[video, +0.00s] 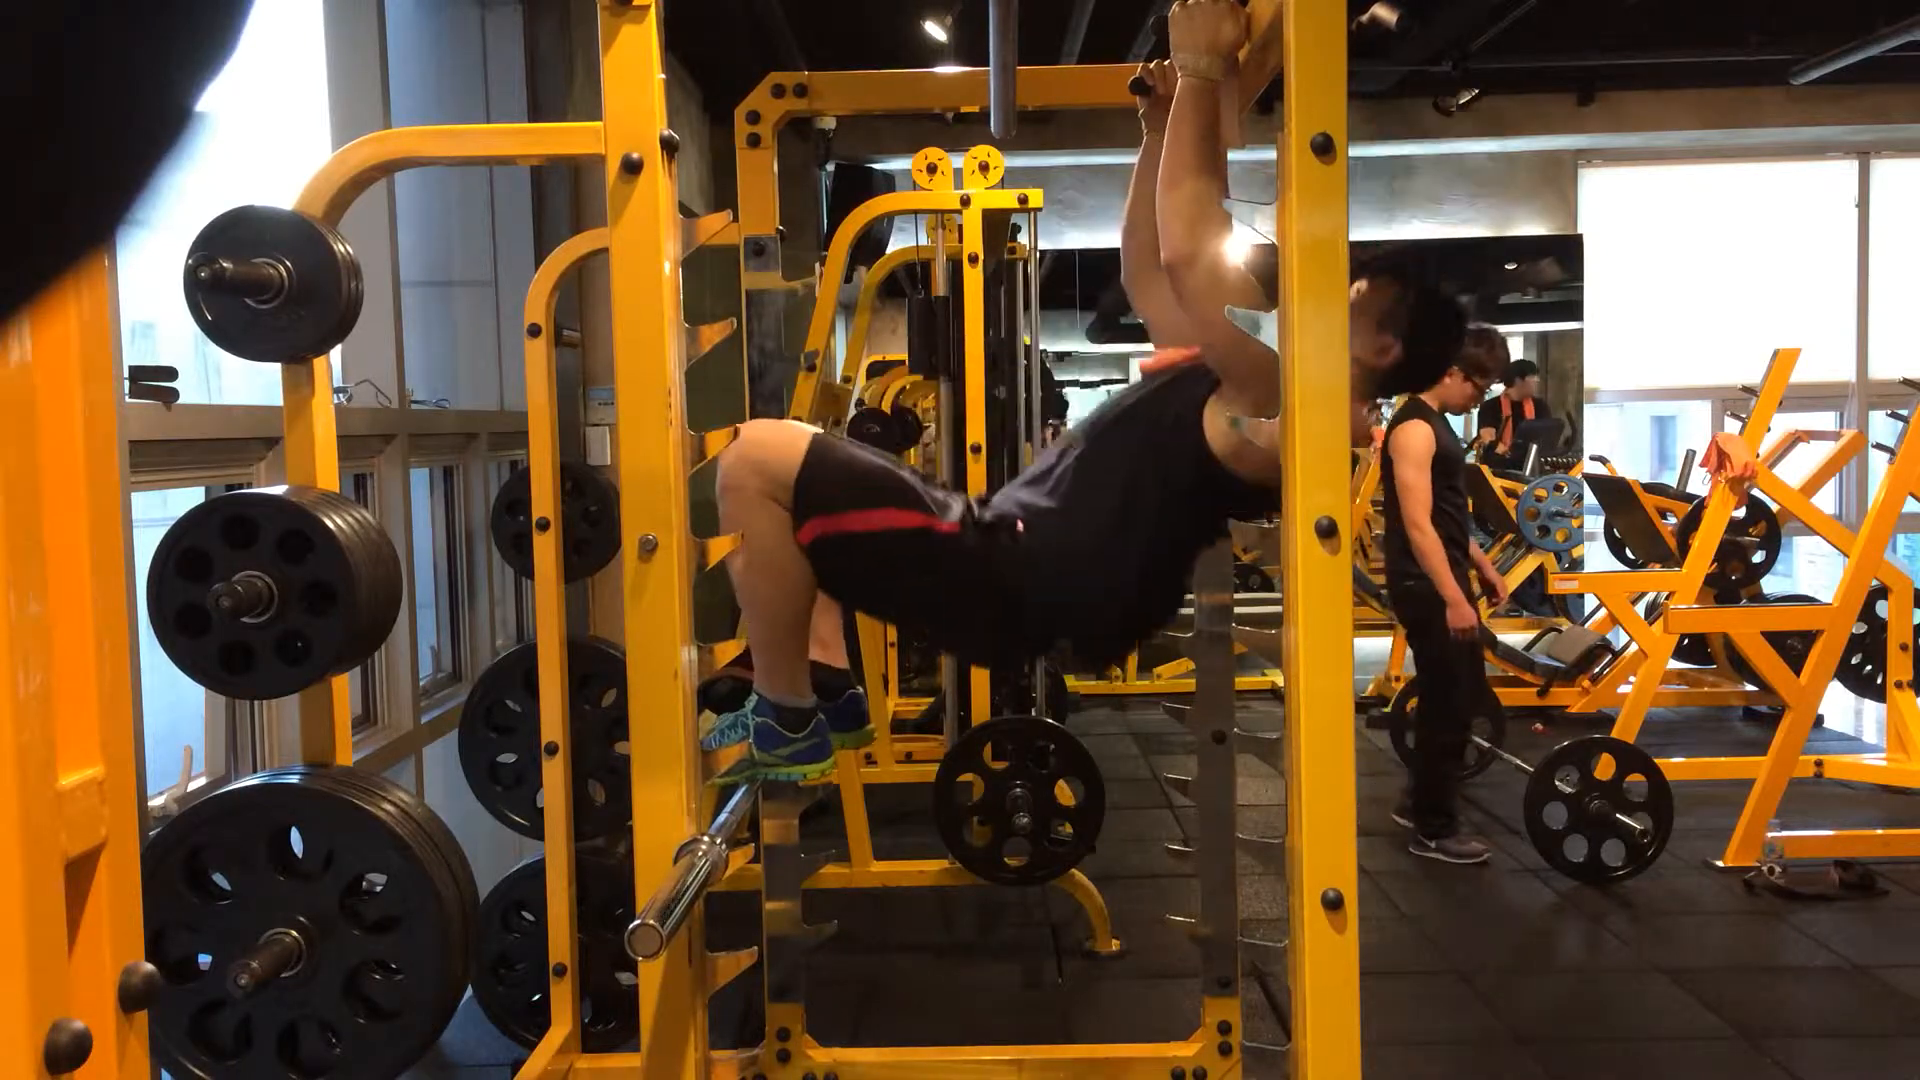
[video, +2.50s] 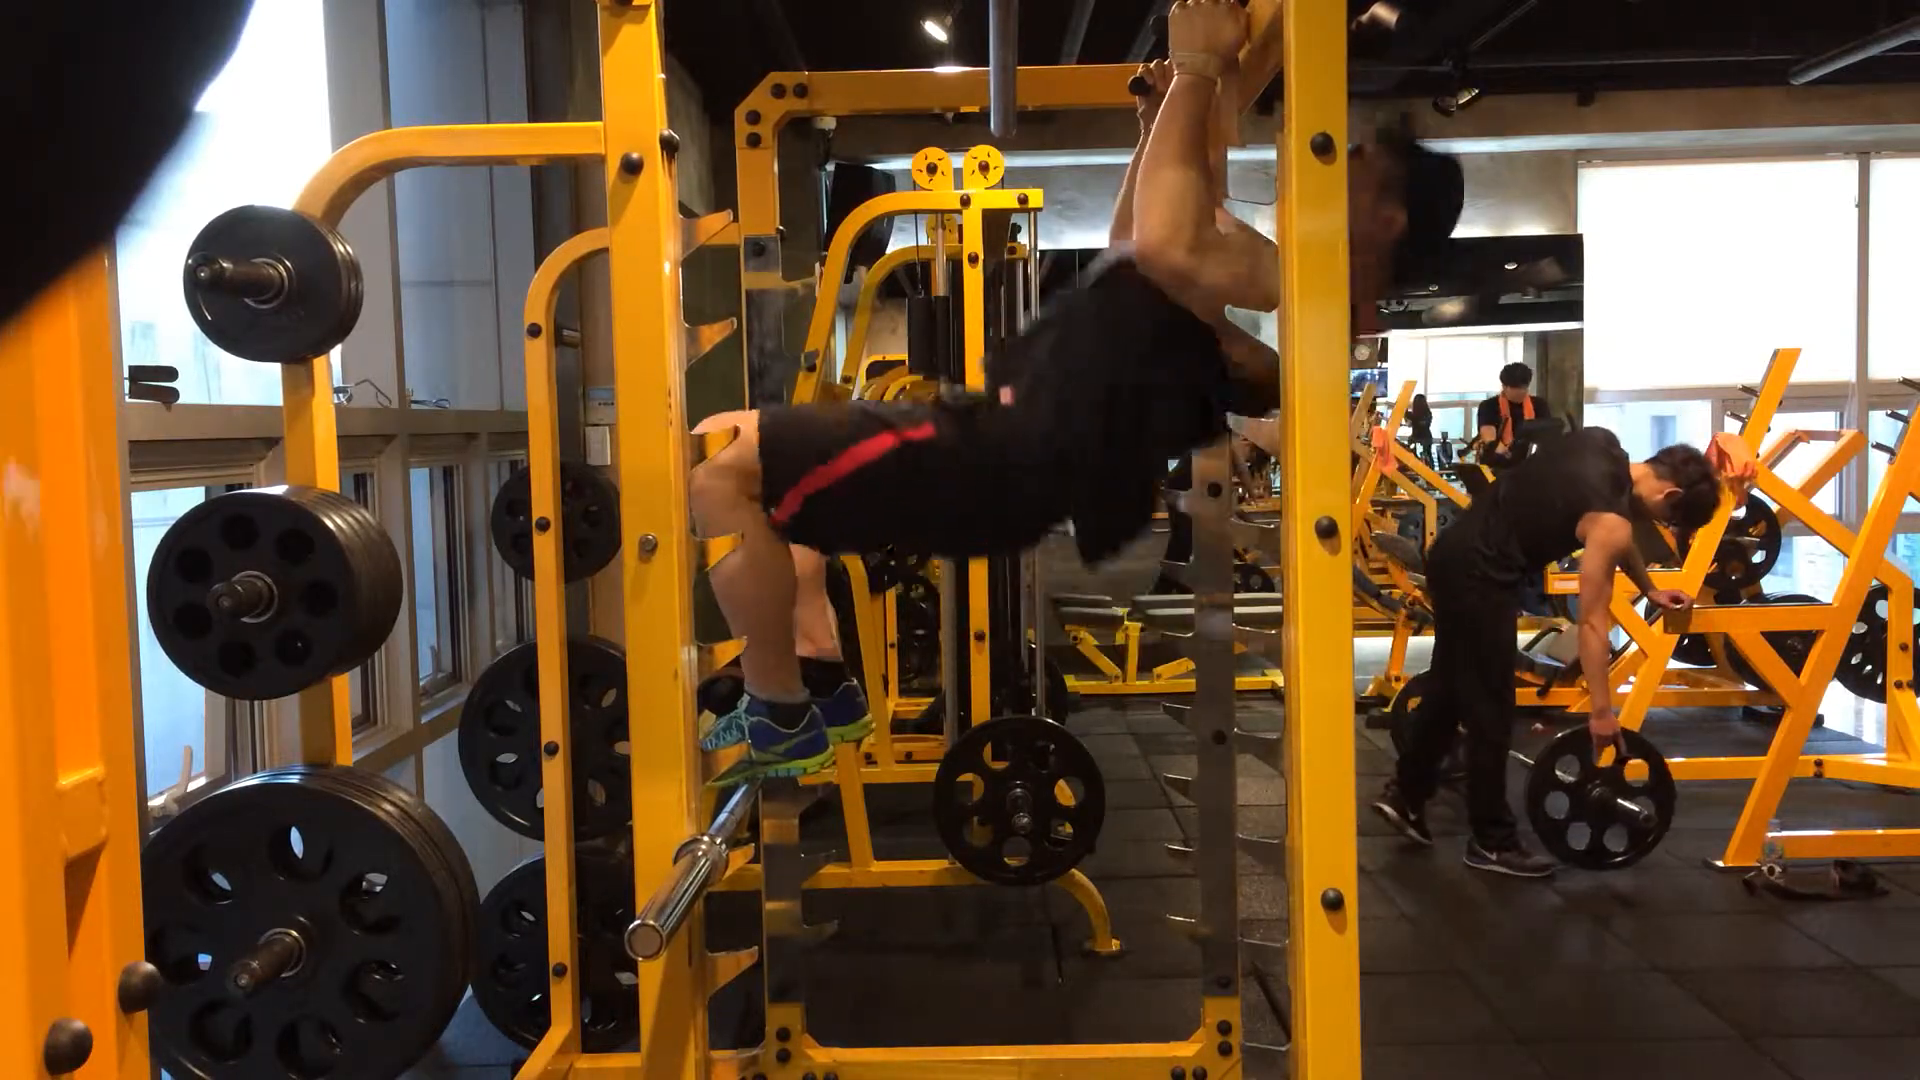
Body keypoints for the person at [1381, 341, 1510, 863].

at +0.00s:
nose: (1478, 400)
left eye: (1483, 391)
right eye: (1477, 388)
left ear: (1454, 376)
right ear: (1452, 374)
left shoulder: (1434, 425)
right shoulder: (1414, 429)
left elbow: (1446, 514)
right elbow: (1416, 524)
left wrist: (1483, 566)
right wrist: (1453, 598)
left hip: (1441, 581)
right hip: (1425, 586)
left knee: (1456, 693)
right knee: (1448, 699)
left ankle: (1421, 799)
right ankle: (1434, 828)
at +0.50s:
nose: (1530, 411)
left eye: (1535, 403)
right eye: (1532, 400)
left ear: (1509, 382)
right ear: (1513, 383)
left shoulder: (1474, 423)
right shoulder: (1463, 430)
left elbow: (1472, 526)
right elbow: (1462, 531)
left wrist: (1495, 592)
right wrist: (1499, 603)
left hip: (1465, 588)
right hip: (1450, 591)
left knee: (1496, 706)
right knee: (1457, 709)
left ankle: (1515, 824)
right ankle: (1432, 830)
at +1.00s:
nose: (1599, 421)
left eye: (1605, 413)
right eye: (1603, 410)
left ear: (1583, 388)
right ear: (1585, 389)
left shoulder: (1540, 429)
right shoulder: (1523, 435)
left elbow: (1538, 524)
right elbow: (1520, 541)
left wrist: (1589, 557)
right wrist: (1562, 614)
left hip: (1499, 576)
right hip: (1484, 580)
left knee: (1521, 702)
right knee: (1519, 704)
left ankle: (1504, 828)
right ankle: (1492, 837)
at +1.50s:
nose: (1656, 503)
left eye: (1666, 498)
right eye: (1665, 496)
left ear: (1653, 461)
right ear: (1656, 471)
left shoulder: (1597, 447)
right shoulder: (1593, 502)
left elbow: (1609, 541)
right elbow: (1575, 604)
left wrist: (1651, 589)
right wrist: (1589, 685)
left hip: (1479, 559)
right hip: (1481, 573)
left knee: (1505, 702)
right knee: (1504, 708)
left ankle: (1502, 821)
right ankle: (1494, 838)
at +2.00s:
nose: (1675, 534)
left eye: (1682, 532)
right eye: (1683, 529)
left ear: (1677, 478)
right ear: (1683, 507)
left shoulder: (1620, 447)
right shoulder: (1624, 533)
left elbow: (1623, 540)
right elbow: (1601, 633)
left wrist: (1653, 591)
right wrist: (1606, 719)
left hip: (1465, 544)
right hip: (1492, 572)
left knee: (1441, 672)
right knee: (1498, 708)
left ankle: (1389, 775)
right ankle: (1492, 839)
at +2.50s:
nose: (1659, 524)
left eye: (1666, 522)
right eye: (1667, 519)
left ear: (1655, 467)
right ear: (1667, 494)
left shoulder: (1599, 443)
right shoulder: (1609, 520)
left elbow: (1615, 529)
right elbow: (1592, 625)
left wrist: (1649, 588)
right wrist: (1602, 709)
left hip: (1453, 556)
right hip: (1482, 579)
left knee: (1450, 686)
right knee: (1493, 708)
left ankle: (1406, 793)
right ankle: (1491, 838)